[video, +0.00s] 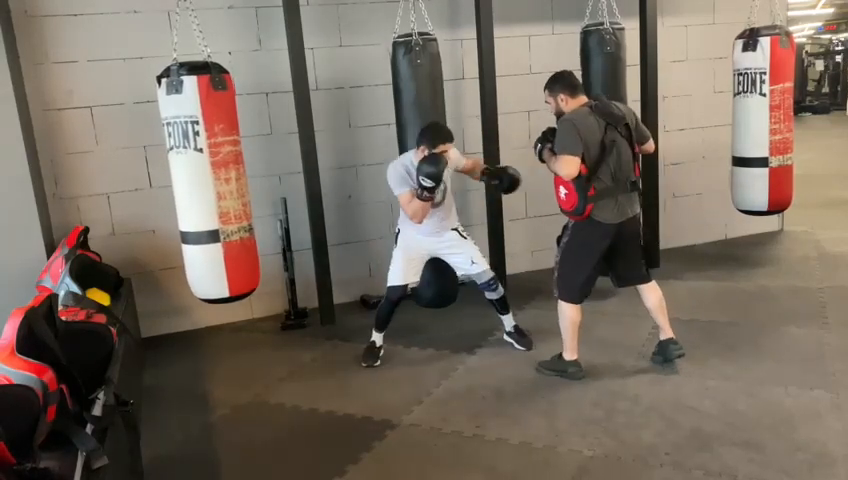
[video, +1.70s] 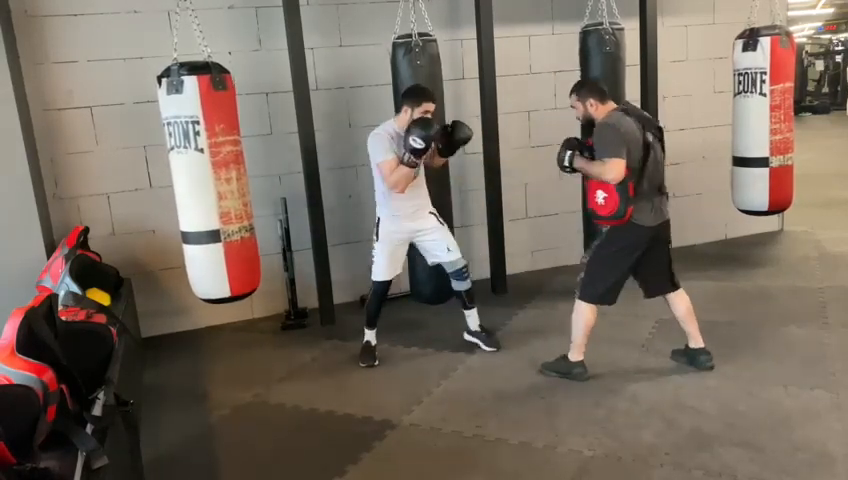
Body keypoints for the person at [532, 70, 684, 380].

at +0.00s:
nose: (550, 109)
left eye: (550, 102)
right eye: (549, 103)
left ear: (561, 97)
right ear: (578, 92)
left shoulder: (570, 123)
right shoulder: (616, 109)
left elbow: (568, 170)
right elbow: (648, 144)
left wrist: (547, 156)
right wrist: (613, 146)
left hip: (592, 222)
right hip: (628, 217)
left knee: (568, 288)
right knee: (641, 277)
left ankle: (569, 359)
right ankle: (668, 340)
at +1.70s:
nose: (577, 115)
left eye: (576, 108)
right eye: (574, 109)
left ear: (592, 104)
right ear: (601, 101)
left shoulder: (609, 127)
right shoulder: (634, 117)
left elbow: (613, 172)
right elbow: (637, 163)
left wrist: (577, 162)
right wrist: (591, 151)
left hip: (629, 226)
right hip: (656, 222)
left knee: (589, 288)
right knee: (668, 284)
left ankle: (574, 359)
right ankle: (698, 349)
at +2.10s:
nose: (607, 102)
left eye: (609, 94)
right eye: (606, 95)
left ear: (626, 90)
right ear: (635, 89)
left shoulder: (647, 114)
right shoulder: (663, 107)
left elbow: (659, 154)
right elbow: (659, 154)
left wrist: (611, 143)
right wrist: (614, 142)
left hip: (664, 217)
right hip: (687, 212)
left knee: (639, 295)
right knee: (692, 284)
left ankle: (650, 371)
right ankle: (701, 350)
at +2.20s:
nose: (601, 107)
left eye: (602, 100)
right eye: (600, 101)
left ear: (619, 95)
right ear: (628, 93)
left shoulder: (644, 120)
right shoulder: (658, 110)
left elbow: (650, 165)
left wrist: (604, 154)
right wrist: (616, 147)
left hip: (667, 220)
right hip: (689, 214)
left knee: (648, 297)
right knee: (691, 286)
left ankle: (653, 375)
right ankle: (701, 350)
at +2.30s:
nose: (597, 115)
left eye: (598, 108)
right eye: (595, 109)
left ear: (615, 104)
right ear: (624, 100)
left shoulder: (641, 128)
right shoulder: (655, 114)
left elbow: (644, 180)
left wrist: (599, 167)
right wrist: (617, 154)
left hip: (672, 222)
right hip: (694, 214)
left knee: (647, 298)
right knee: (690, 284)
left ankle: (652, 376)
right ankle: (702, 347)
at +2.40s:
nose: (599, 116)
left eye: (599, 109)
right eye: (597, 110)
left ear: (616, 106)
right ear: (627, 101)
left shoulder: (644, 130)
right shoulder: (656, 117)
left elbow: (650, 185)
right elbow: (663, 167)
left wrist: (605, 174)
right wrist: (619, 158)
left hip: (673, 223)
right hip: (695, 215)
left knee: (647, 298)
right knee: (689, 280)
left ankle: (653, 376)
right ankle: (712, 344)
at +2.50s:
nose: (605, 111)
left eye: (606, 103)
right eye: (603, 104)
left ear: (624, 101)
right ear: (632, 97)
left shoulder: (652, 124)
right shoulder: (662, 113)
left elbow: (658, 179)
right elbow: (667, 164)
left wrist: (610, 168)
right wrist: (625, 152)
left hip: (675, 222)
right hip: (697, 215)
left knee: (651, 296)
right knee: (697, 280)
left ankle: (653, 376)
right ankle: (724, 342)